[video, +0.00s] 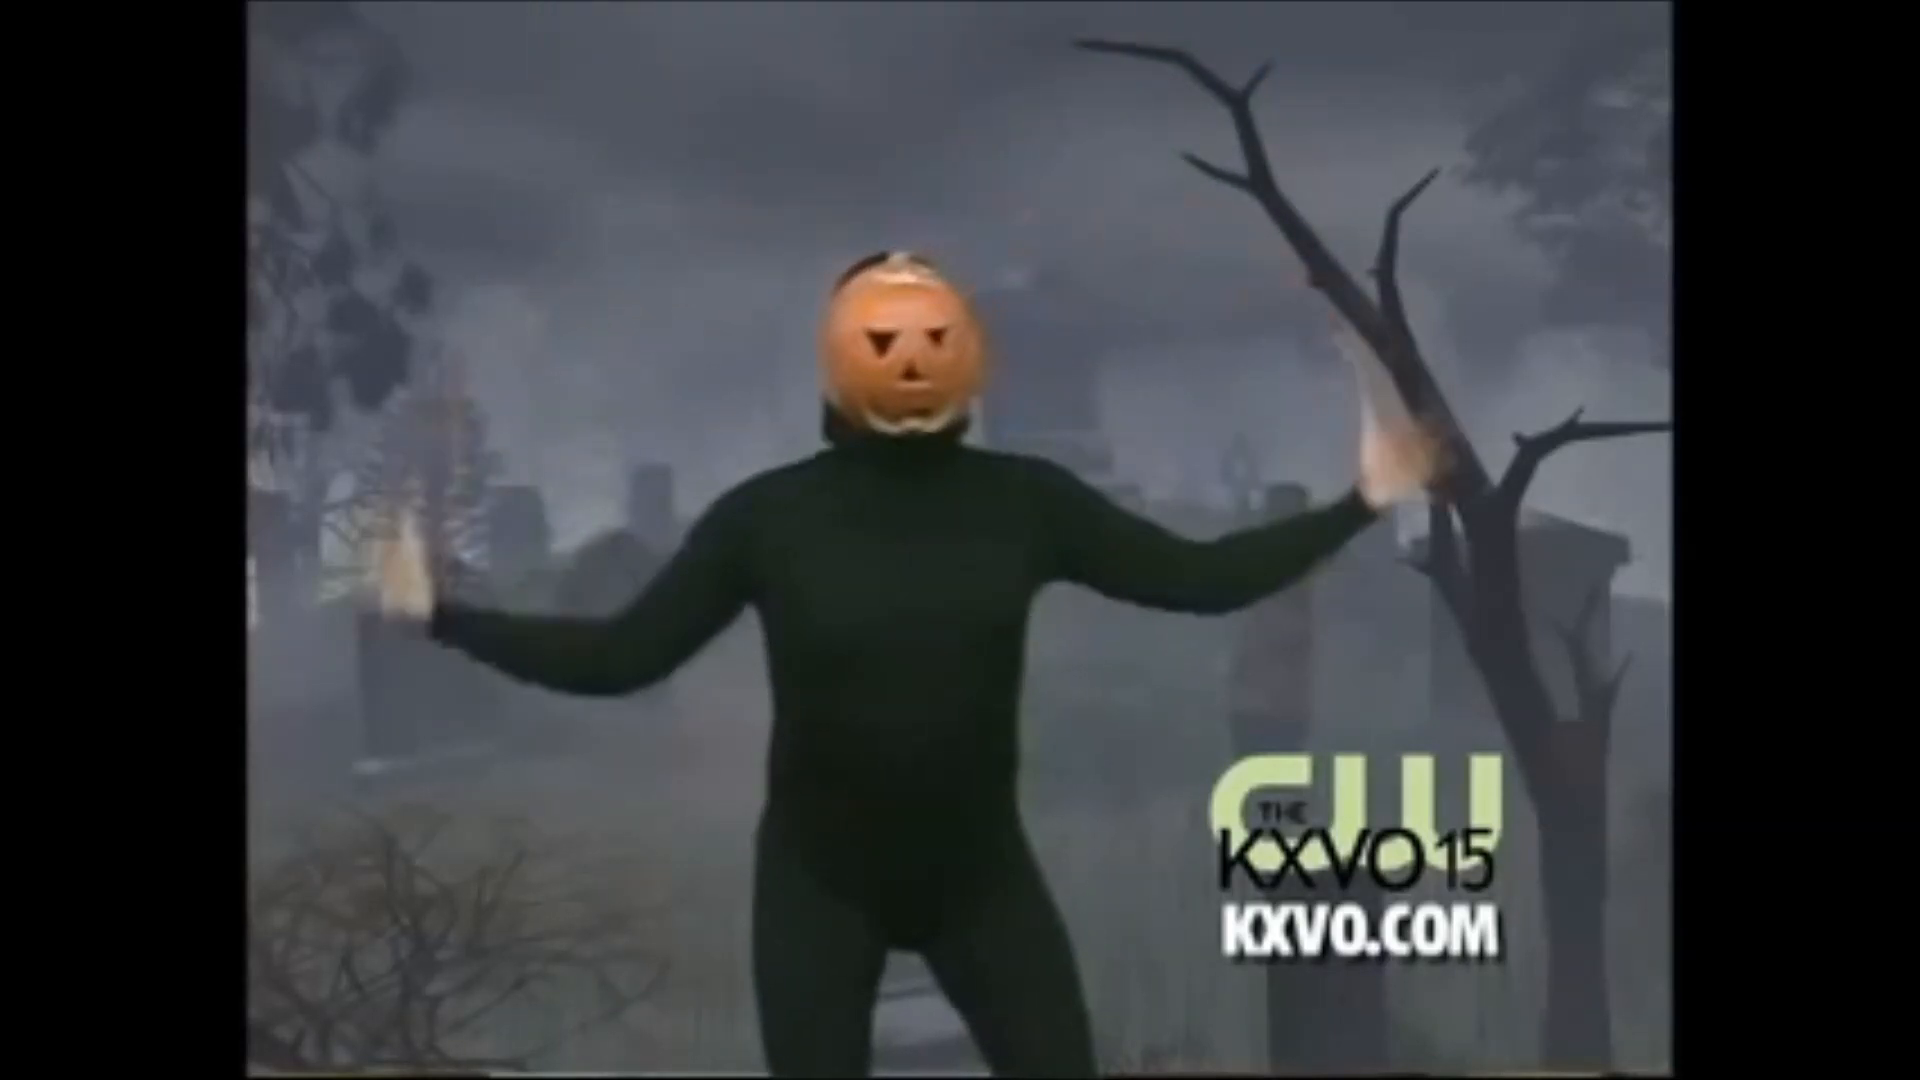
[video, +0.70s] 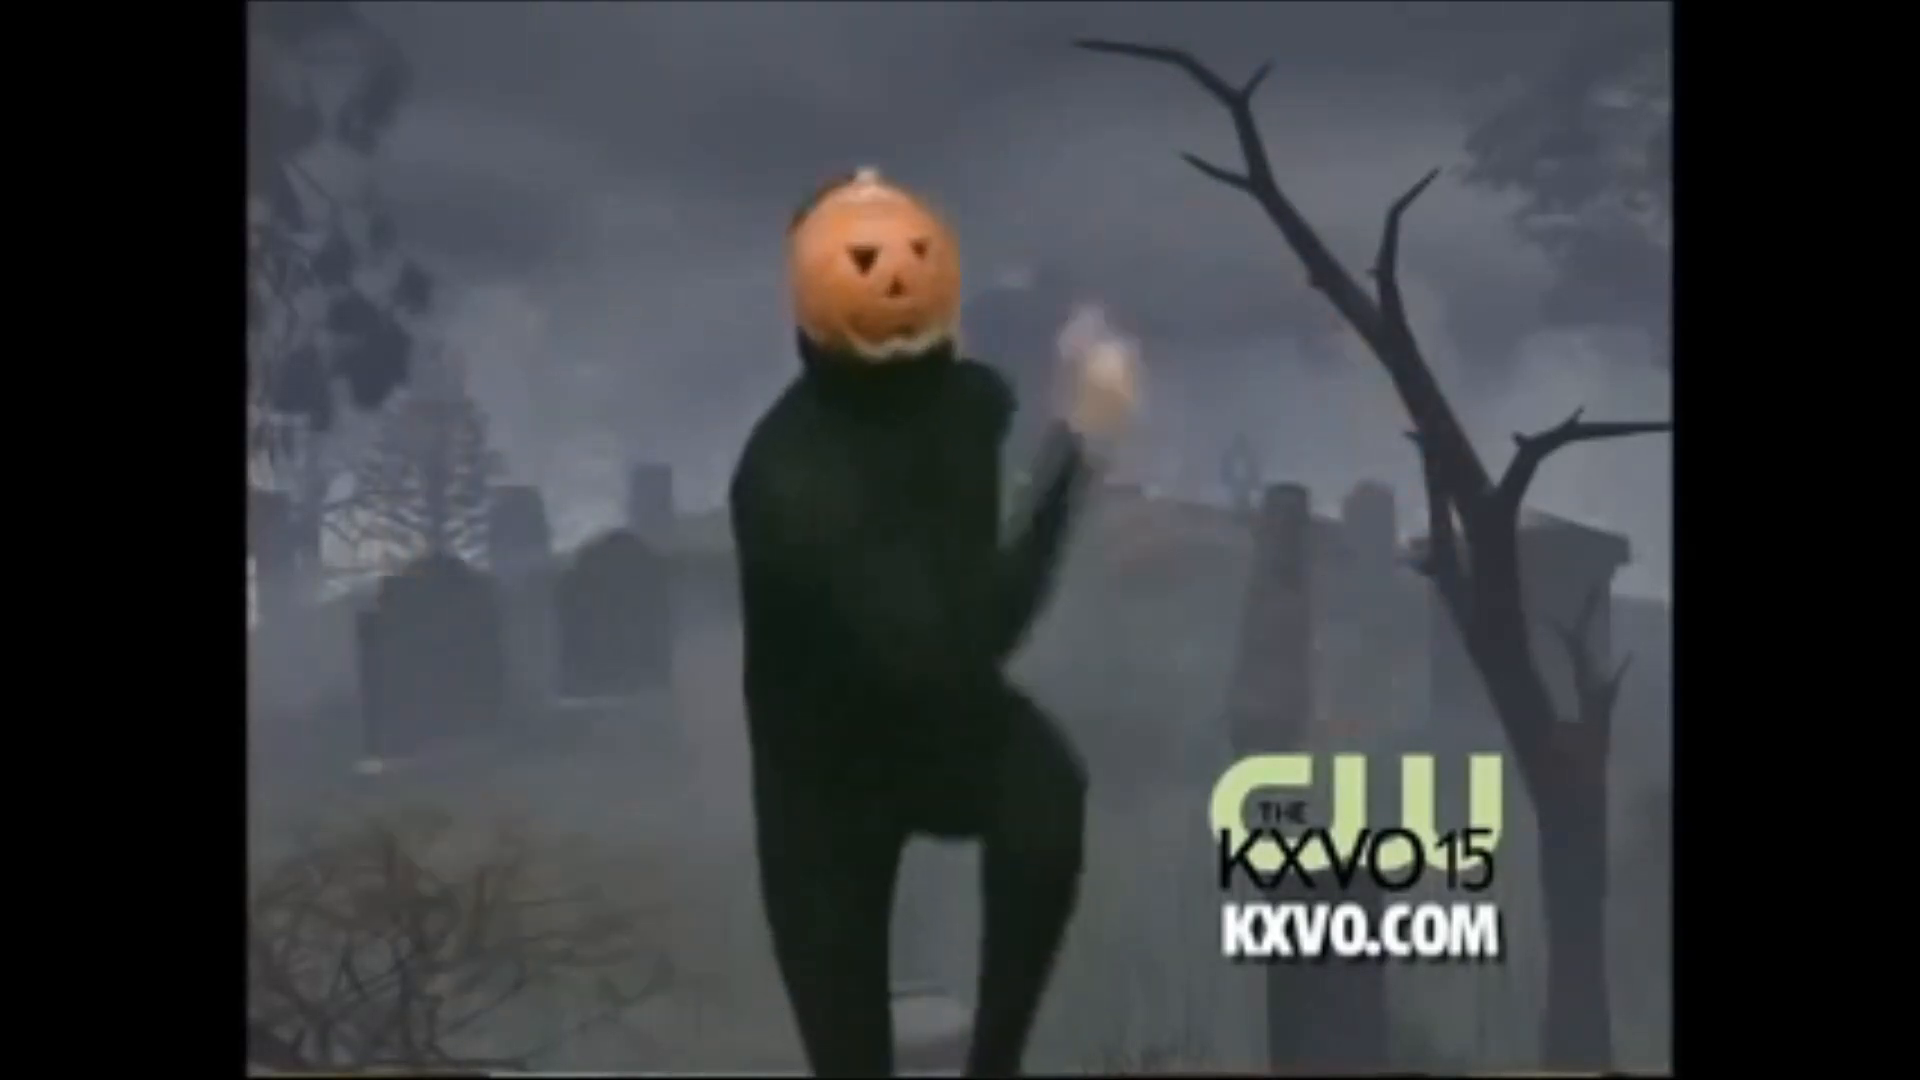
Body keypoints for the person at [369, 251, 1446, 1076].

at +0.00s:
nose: (908, 337)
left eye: (935, 324)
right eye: (877, 326)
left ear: (972, 368)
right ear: (833, 370)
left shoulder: (1029, 503)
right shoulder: (768, 516)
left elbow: (1202, 575)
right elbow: (622, 656)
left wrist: (1365, 496)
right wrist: (439, 610)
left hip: (979, 871)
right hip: (817, 876)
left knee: (1059, 1062)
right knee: (813, 1072)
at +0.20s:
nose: (895, 340)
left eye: (920, 324)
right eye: (864, 329)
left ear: (958, 366)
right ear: (822, 370)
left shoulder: (1012, 504)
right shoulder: (757, 522)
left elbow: (1166, 600)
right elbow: (636, 690)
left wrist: (1337, 579)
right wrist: (462, 731)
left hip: (973, 872)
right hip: (813, 878)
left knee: (1052, 1065)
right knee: (812, 1074)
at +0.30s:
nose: (887, 354)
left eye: (913, 333)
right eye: (856, 338)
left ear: (954, 363)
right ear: (814, 373)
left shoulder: (1007, 504)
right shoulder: (750, 529)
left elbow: (1142, 622)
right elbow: (655, 711)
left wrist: (1306, 634)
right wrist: (512, 816)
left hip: (973, 873)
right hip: (811, 882)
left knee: (1041, 1064)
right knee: (809, 1071)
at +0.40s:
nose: (886, 360)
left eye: (912, 336)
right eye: (854, 338)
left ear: (948, 353)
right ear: (802, 358)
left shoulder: (988, 486)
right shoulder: (761, 518)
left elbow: (1064, 621)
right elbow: (716, 728)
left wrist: (1158, 732)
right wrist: (670, 883)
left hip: (972, 864)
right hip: (817, 876)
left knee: (1010, 1063)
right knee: (818, 1063)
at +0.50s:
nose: (889, 333)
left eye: (913, 309)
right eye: (854, 314)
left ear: (946, 328)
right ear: (801, 339)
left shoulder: (978, 474)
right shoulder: (773, 507)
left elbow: (989, 663)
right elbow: (797, 717)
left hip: (975, 827)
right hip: (826, 838)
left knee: (1013, 1050)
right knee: (831, 1050)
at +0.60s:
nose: (893, 304)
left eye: (915, 282)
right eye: (856, 290)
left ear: (948, 310)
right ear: (803, 331)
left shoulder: (972, 451)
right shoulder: (778, 492)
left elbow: (955, 611)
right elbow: (799, 690)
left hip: (962, 777)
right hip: (822, 802)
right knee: (846, 1049)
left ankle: (1028, 1064)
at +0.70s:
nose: (897, 273)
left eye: (917, 250)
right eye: (860, 255)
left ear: (953, 278)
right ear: (805, 296)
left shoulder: (973, 407)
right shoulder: (790, 462)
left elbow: (977, 610)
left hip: (950, 734)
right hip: (827, 770)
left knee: (1045, 788)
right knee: (851, 1058)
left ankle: (995, 1060)